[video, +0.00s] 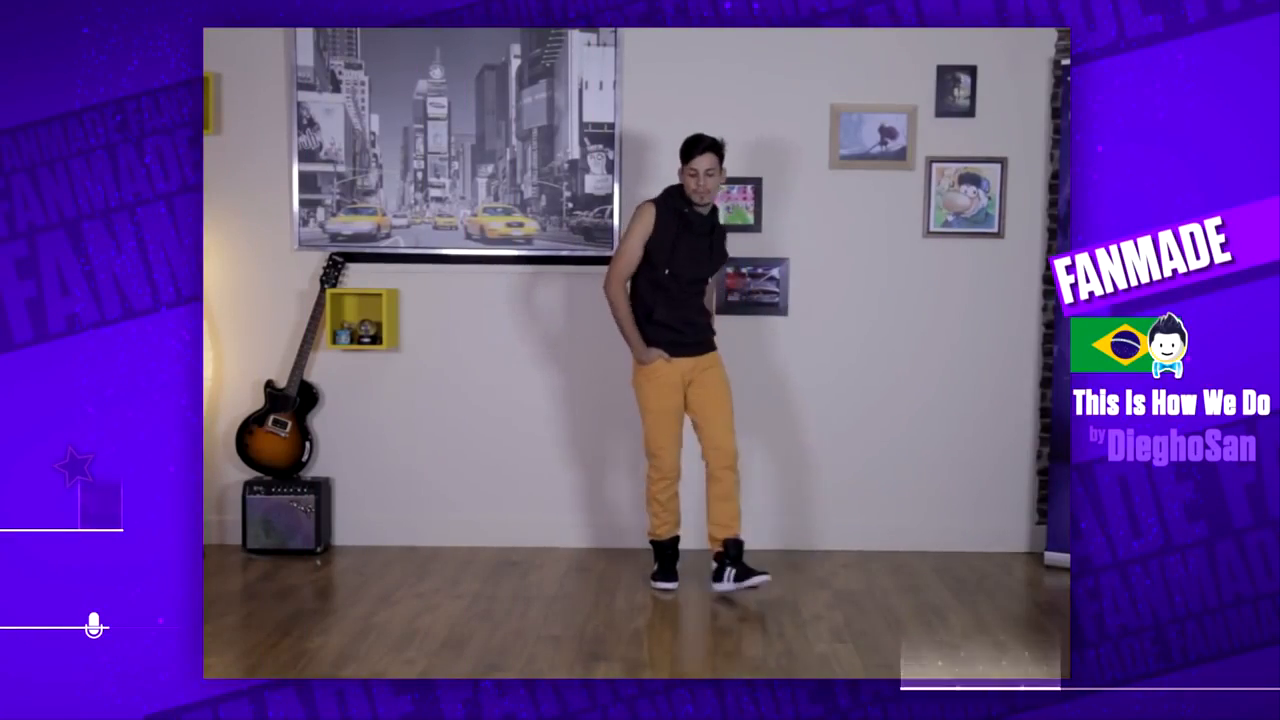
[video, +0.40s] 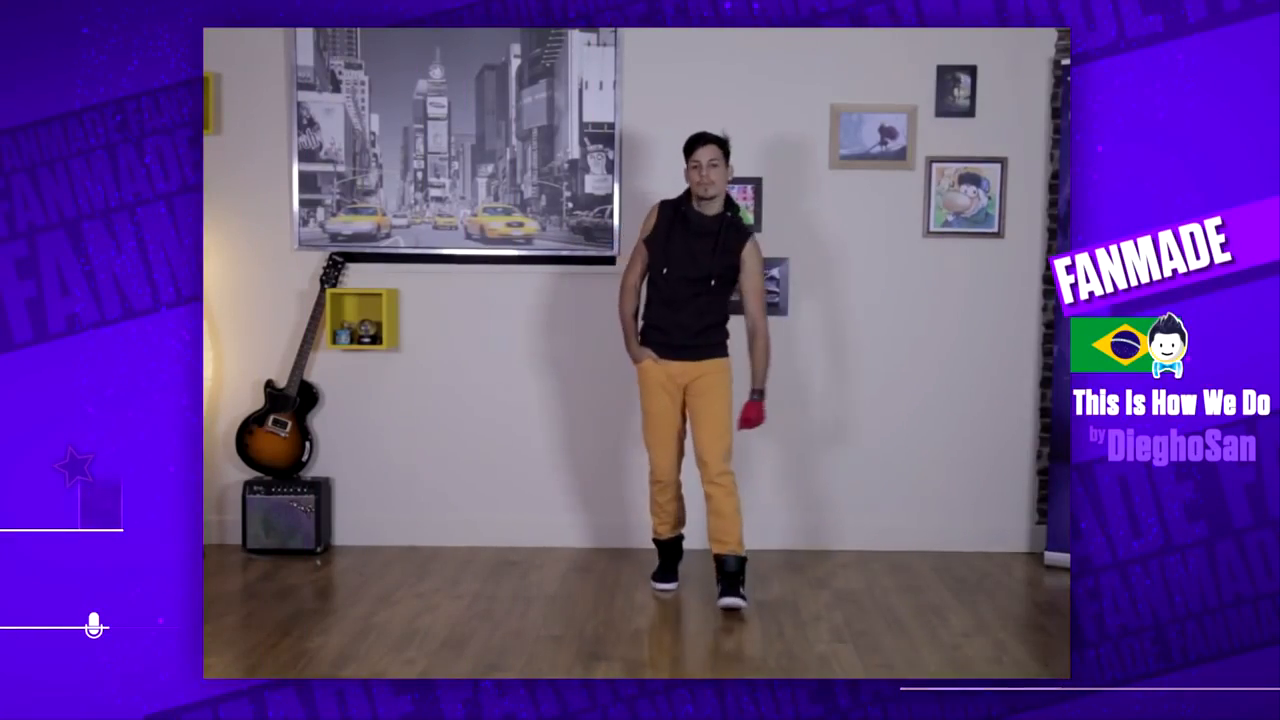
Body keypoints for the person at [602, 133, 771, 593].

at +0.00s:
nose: (702, 182)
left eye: (711, 174)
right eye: (694, 173)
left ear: (722, 177)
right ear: (681, 173)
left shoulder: (715, 224)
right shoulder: (652, 214)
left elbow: (709, 286)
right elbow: (614, 283)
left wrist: (707, 332)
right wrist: (640, 350)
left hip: (704, 358)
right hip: (659, 362)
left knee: (723, 457)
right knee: (665, 464)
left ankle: (727, 562)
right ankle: (665, 558)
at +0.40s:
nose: (704, 174)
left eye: (713, 165)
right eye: (696, 166)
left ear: (729, 172)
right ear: (686, 173)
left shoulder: (741, 240)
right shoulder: (661, 217)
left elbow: (757, 321)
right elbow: (629, 286)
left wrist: (757, 391)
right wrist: (633, 346)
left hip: (710, 366)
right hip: (656, 363)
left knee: (716, 469)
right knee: (664, 469)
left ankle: (730, 576)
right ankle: (667, 556)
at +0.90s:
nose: (690, 168)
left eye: (700, 159)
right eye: (682, 159)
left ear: (714, 165)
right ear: (671, 165)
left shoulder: (741, 215)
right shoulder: (671, 226)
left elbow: (759, 291)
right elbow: (669, 295)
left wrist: (744, 356)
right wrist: (667, 342)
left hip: (741, 361)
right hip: (693, 361)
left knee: (734, 474)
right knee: (683, 467)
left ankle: (733, 578)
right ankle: (684, 545)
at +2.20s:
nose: (739, 158)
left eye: (751, 152)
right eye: (733, 150)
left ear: (770, 162)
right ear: (723, 155)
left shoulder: (771, 230)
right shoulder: (691, 205)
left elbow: (771, 309)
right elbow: (649, 281)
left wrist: (777, 381)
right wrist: (677, 350)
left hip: (749, 374)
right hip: (693, 369)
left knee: (737, 485)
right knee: (670, 482)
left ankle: (730, 584)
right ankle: (643, 594)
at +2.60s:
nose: (690, 162)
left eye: (702, 153)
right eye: (682, 152)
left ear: (717, 161)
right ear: (669, 158)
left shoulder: (740, 211)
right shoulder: (650, 222)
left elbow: (747, 289)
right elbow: (610, 298)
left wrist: (692, 239)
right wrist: (645, 355)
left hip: (736, 375)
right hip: (673, 375)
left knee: (763, 488)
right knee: (660, 490)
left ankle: (786, 598)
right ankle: (644, 600)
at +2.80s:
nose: (725, 166)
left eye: (735, 157)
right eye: (715, 156)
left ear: (745, 157)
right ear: (696, 156)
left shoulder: (757, 202)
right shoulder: (684, 218)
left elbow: (742, 273)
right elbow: (662, 297)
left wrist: (710, 208)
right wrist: (664, 347)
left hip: (752, 378)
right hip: (691, 375)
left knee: (774, 494)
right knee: (665, 492)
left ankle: (800, 604)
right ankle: (653, 600)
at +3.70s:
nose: (684, 156)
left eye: (695, 146)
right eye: (676, 147)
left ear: (715, 153)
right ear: (666, 154)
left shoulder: (733, 218)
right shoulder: (643, 215)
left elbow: (741, 288)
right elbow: (604, 297)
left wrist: (702, 227)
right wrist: (638, 359)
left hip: (724, 378)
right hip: (662, 380)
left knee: (753, 494)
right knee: (654, 497)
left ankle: (770, 606)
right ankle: (645, 602)